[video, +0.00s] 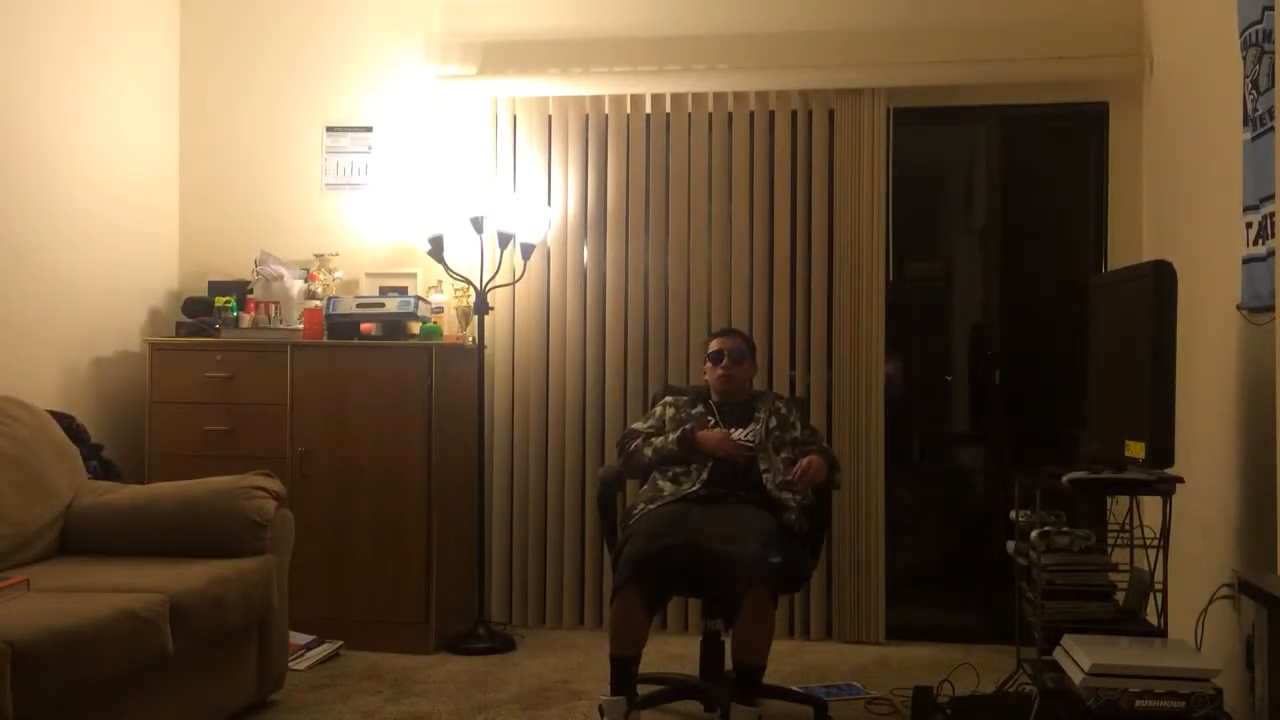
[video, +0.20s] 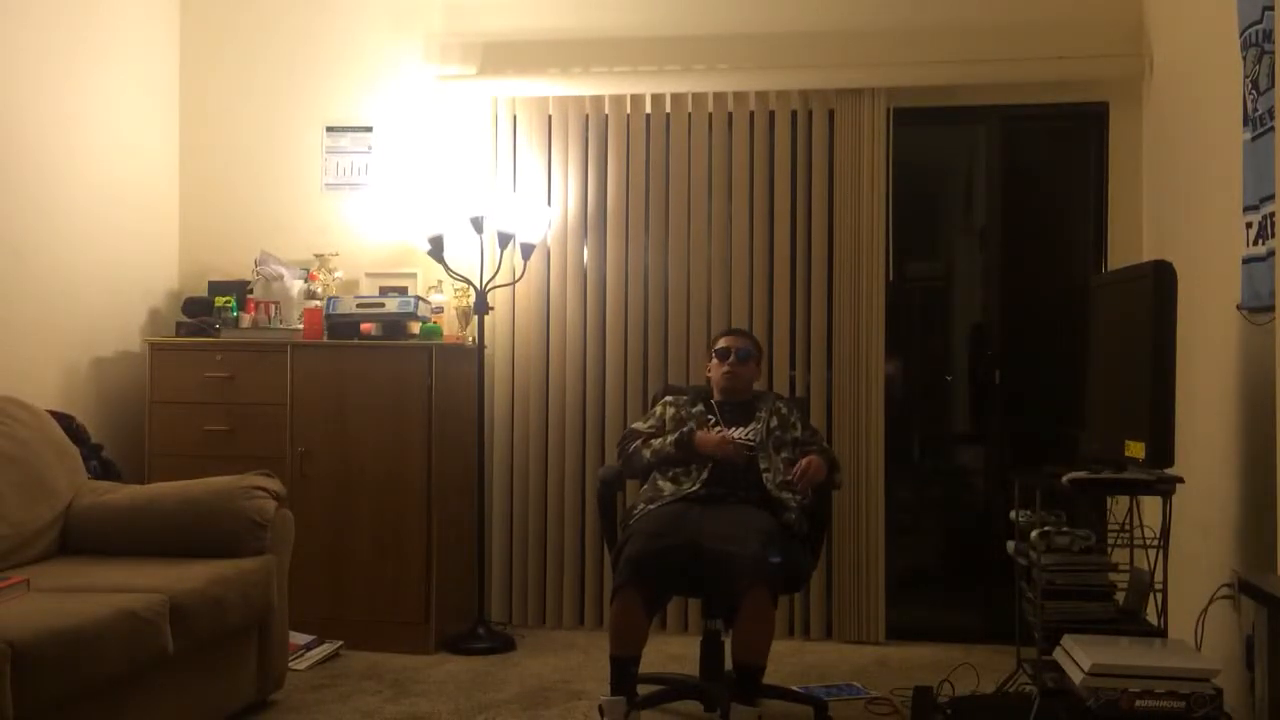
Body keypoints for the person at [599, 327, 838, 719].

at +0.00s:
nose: (725, 364)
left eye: (736, 357)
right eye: (716, 357)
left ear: (753, 367)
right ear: (704, 369)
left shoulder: (778, 412)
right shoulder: (675, 408)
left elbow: (821, 455)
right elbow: (630, 452)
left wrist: (819, 460)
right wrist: (693, 441)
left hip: (749, 509)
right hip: (675, 506)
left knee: (757, 577)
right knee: (637, 568)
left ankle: (746, 702)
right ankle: (621, 696)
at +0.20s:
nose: (731, 361)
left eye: (744, 356)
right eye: (723, 354)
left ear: (758, 370)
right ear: (709, 368)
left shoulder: (780, 413)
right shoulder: (675, 407)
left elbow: (819, 452)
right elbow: (629, 455)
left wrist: (819, 458)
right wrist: (692, 443)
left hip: (749, 509)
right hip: (673, 506)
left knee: (757, 578)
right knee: (637, 568)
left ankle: (746, 703)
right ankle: (621, 697)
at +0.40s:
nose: (737, 360)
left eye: (749, 356)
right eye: (728, 353)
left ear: (761, 372)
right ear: (711, 366)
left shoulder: (781, 413)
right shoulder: (675, 407)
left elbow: (819, 453)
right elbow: (629, 453)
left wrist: (819, 459)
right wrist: (690, 448)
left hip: (748, 508)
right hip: (673, 506)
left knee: (756, 577)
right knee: (637, 568)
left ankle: (746, 704)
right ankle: (621, 697)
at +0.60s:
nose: (739, 360)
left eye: (751, 357)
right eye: (731, 353)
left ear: (763, 375)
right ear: (713, 366)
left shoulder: (780, 413)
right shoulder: (674, 407)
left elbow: (820, 454)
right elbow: (630, 456)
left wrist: (820, 459)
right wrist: (691, 460)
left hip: (748, 509)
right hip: (672, 506)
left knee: (756, 576)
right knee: (637, 567)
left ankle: (746, 704)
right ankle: (621, 697)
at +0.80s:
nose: (742, 359)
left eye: (754, 356)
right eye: (733, 352)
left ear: (763, 375)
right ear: (714, 365)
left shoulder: (780, 413)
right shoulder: (674, 407)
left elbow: (822, 456)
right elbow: (631, 457)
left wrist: (820, 459)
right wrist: (690, 461)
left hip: (748, 509)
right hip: (672, 506)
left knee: (756, 578)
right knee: (637, 569)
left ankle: (746, 703)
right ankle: (621, 695)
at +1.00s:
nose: (743, 358)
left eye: (755, 356)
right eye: (734, 351)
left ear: (764, 379)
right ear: (715, 366)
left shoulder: (782, 415)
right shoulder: (674, 407)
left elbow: (825, 458)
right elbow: (631, 457)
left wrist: (821, 459)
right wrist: (690, 462)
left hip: (748, 509)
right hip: (672, 506)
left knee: (757, 577)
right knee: (637, 568)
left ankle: (746, 703)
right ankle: (621, 695)